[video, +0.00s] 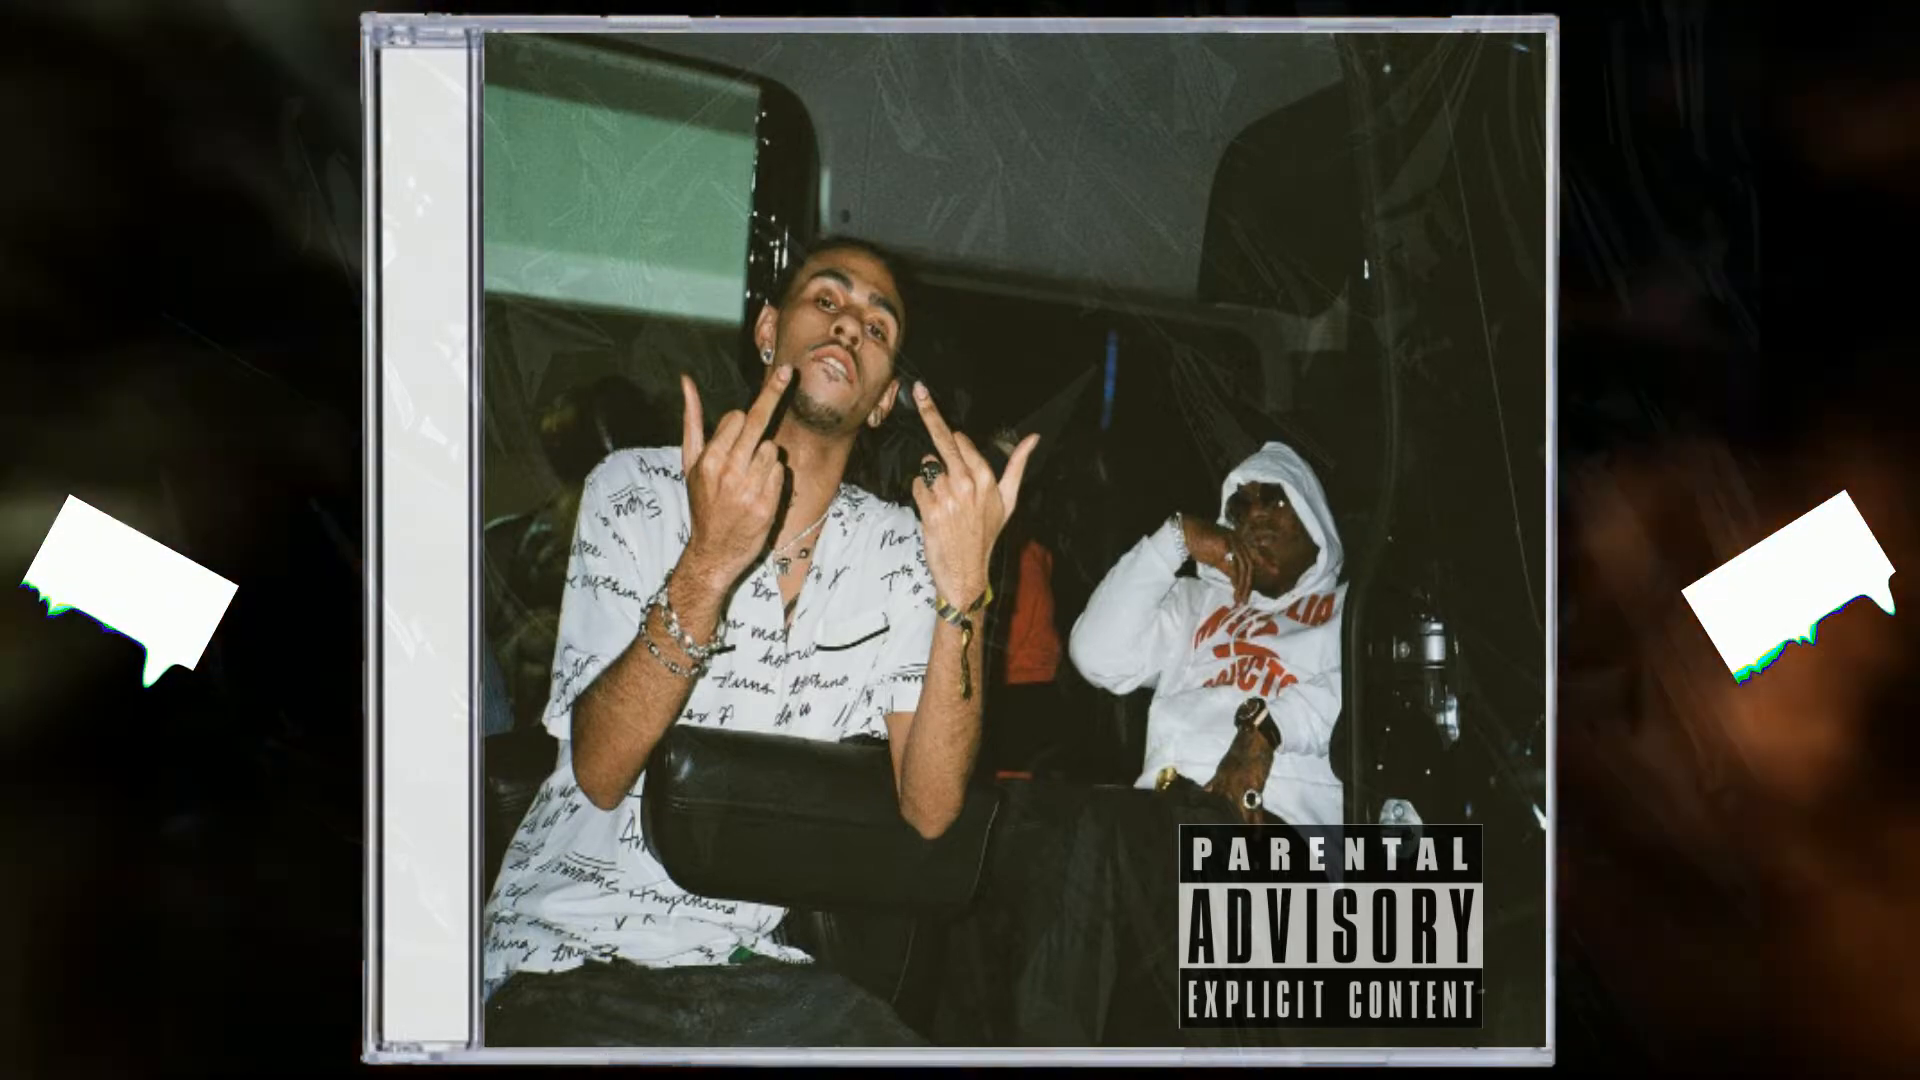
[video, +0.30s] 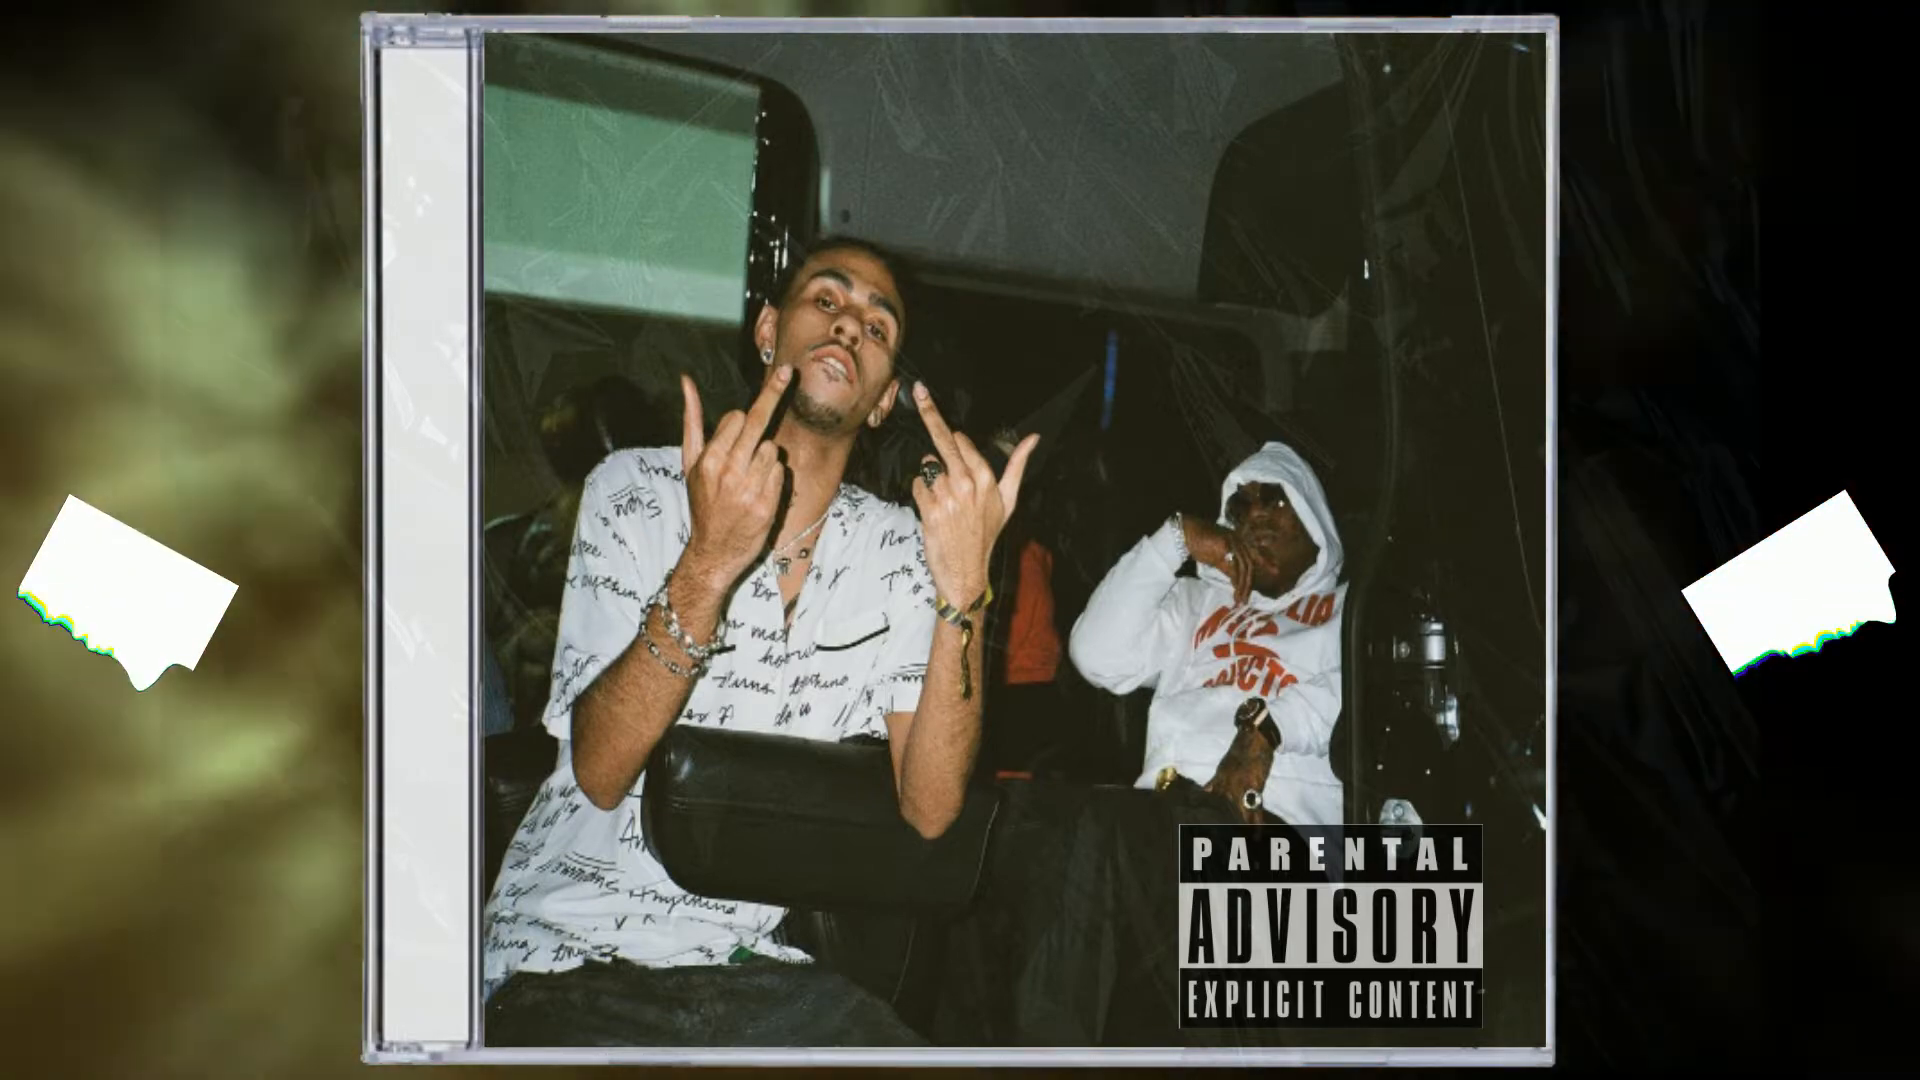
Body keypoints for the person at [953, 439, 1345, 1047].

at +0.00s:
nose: (1258, 520)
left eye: (1278, 503)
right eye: (1243, 504)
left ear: (1318, 524)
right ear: (1226, 525)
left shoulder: (1350, 610)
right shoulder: (1195, 602)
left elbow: (1343, 703)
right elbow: (1099, 658)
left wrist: (1264, 727)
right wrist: (1177, 538)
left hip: (1284, 818)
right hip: (1163, 808)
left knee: (1101, 823)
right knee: (1029, 812)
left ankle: (1050, 1050)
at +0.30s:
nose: (1258, 520)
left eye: (1278, 503)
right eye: (1243, 505)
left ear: (1317, 525)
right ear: (1226, 526)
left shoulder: (1349, 610)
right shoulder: (1195, 602)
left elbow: (1343, 703)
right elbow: (1099, 658)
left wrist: (1264, 727)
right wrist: (1177, 539)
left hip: (1283, 819)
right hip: (1163, 808)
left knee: (1102, 822)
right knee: (1028, 810)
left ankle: (1050, 1052)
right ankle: (969, 1048)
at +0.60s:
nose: (1258, 520)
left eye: (1278, 503)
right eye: (1244, 504)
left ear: (1317, 524)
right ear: (1227, 525)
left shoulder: (1349, 610)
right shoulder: (1196, 601)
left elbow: (1343, 709)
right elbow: (1099, 658)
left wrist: (1260, 726)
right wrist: (1177, 539)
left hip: (1284, 820)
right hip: (1163, 808)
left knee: (1102, 823)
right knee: (1028, 810)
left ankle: (1051, 1051)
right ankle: (969, 1047)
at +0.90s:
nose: (1257, 518)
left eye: (1278, 501)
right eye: (1244, 503)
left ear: (1318, 520)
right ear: (1226, 523)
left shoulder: (1351, 606)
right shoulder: (1198, 601)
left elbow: (1338, 703)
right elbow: (1099, 657)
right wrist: (1177, 538)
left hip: (1282, 817)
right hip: (1165, 806)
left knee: (1101, 823)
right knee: (1024, 809)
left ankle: (1052, 1052)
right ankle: (967, 1045)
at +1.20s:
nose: (1258, 518)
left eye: (1279, 501)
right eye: (1245, 502)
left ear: (1318, 522)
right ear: (1227, 523)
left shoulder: (1352, 607)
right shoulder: (1197, 601)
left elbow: (1348, 702)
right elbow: (1099, 657)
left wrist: (1268, 725)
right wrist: (1177, 539)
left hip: (1283, 817)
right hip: (1166, 806)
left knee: (1102, 823)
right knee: (1026, 809)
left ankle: (1051, 1052)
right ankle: (970, 1047)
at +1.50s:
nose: (1258, 518)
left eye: (1278, 501)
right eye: (1245, 503)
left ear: (1318, 521)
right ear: (1227, 523)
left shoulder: (1351, 607)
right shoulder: (1198, 601)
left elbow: (1342, 703)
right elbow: (1099, 657)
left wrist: (1268, 726)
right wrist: (1177, 539)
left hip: (1282, 817)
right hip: (1166, 806)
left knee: (1101, 824)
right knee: (1025, 809)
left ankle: (1052, 1053)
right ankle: (969, 1046)